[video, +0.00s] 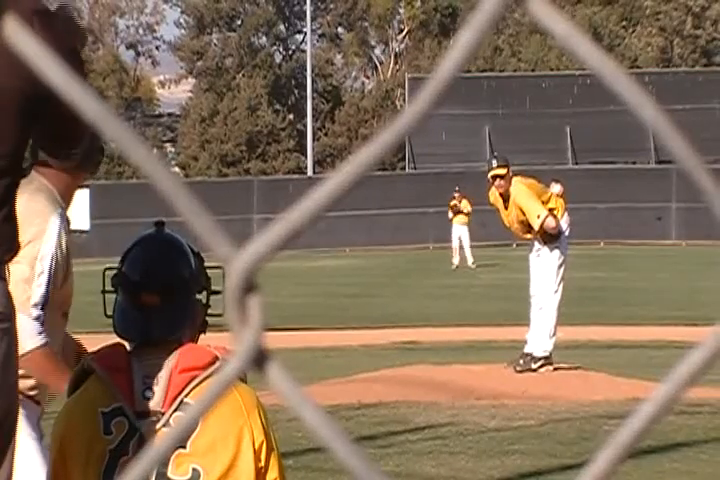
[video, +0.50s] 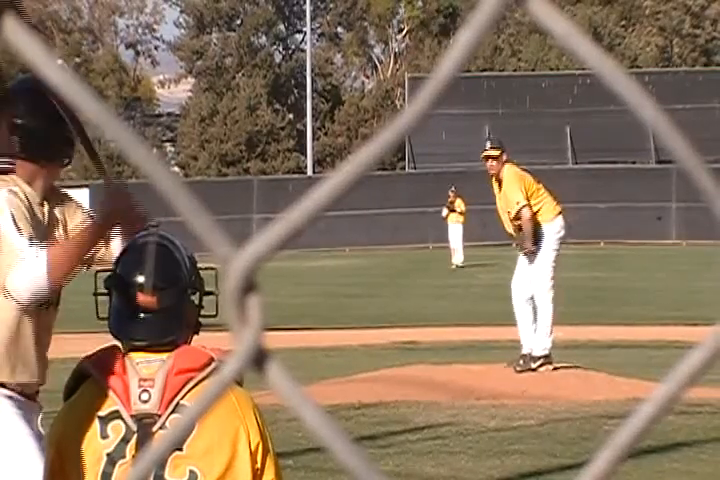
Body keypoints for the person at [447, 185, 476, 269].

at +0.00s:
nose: (457, 195)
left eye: (458, 193)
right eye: (455, 193)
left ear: (461, 194)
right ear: (453, 194)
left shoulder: (464, 201)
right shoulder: (452, 203)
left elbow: (469, 210)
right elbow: (450, 216)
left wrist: (461, 209)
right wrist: (454, 210)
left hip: (464, 224)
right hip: (455, 224)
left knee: (466, 243)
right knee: (455, 244)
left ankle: (470, 261)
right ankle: (455, 261)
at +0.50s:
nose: (452, 194)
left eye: (453, 192)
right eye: (451, 192)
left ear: (455, 193)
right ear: (449, 193)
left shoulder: (459, 201)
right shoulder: (449, 201)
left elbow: (463, 210)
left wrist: (454, 209)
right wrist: (445, 213)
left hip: (458, 222)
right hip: (451, 222)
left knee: (458, 241)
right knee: (452, 242)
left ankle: (459, 260)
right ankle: (454, 260)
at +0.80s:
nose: (451, 197)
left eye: (453, 195)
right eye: (450, 195)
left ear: (455, 195)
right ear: (448, 195)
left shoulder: (459, 203)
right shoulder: (447, 203)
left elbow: (462, 211)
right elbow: (443, 215)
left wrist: (454, 209)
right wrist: (448, 208)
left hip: (457, 223)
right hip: (449, 223)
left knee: (456, 242)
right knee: (450, 243)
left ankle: (455, 261)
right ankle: (452, 260)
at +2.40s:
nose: (448, 196)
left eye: (449, 194)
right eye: (446, 194)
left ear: (451, 195)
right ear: (444, 195)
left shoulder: (454, 203)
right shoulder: (442, 202)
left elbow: (457, 212)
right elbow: (439, 211)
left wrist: (457, 221)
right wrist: (446, 203)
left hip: (452, 224)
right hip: (444, 224)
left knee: (453, 244)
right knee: (444, 244)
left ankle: (455, 263)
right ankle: (444, 263)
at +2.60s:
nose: (451, 196)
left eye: (452, 194)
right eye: (449, 194)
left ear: (454, 194)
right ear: (447, 194)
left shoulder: (456, 202)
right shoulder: (444, 202)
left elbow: (460, 213)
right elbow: (442, 210)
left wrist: (461, 225)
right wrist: (449, 202)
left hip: (455, 224)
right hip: (446, 224)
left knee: (455, 244)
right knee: (445, 244)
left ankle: (455, 263)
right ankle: (444, 262)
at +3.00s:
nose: (453, 196)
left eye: (454, 194)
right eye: (452, 194)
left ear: (456, 195)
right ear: (449, 194)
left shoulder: (459, 203)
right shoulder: (446, 203)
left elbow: (463, 214)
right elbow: (442, 214)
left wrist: (465, 226)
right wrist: (448, 212)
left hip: (457, 224)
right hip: (449, 224)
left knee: (457, 244)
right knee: (449, 244)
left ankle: (456, 263)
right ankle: (449, 261)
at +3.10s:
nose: (453, 195)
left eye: (454, 193)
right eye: (451, 193)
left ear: (456, 195)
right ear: (449, 194)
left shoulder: (459, 203)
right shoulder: (446, 203)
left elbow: (463, 214)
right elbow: (443, 212)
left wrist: (464, 224)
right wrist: (445, 219)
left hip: (456, 224)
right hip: (449, 224)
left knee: (456, 244)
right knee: (448, 244)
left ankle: (457, 262)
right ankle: (449, 262)